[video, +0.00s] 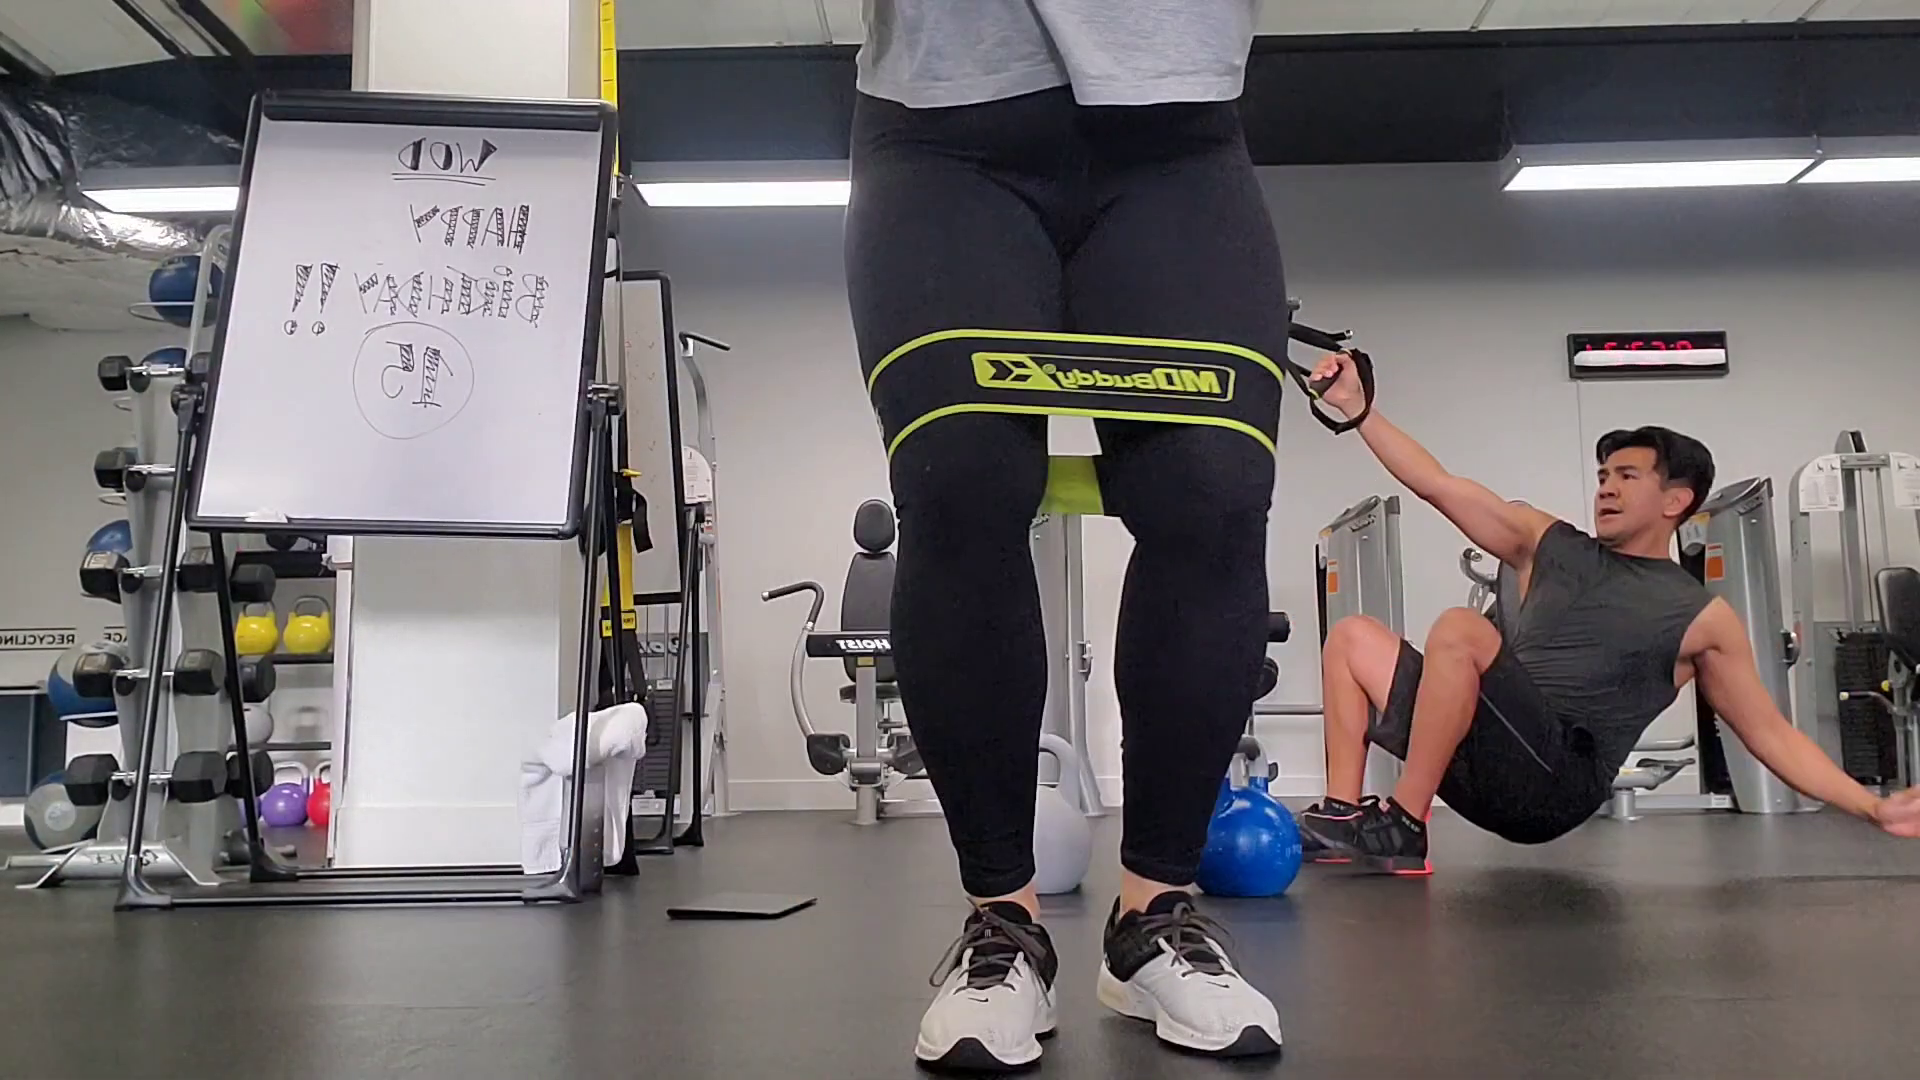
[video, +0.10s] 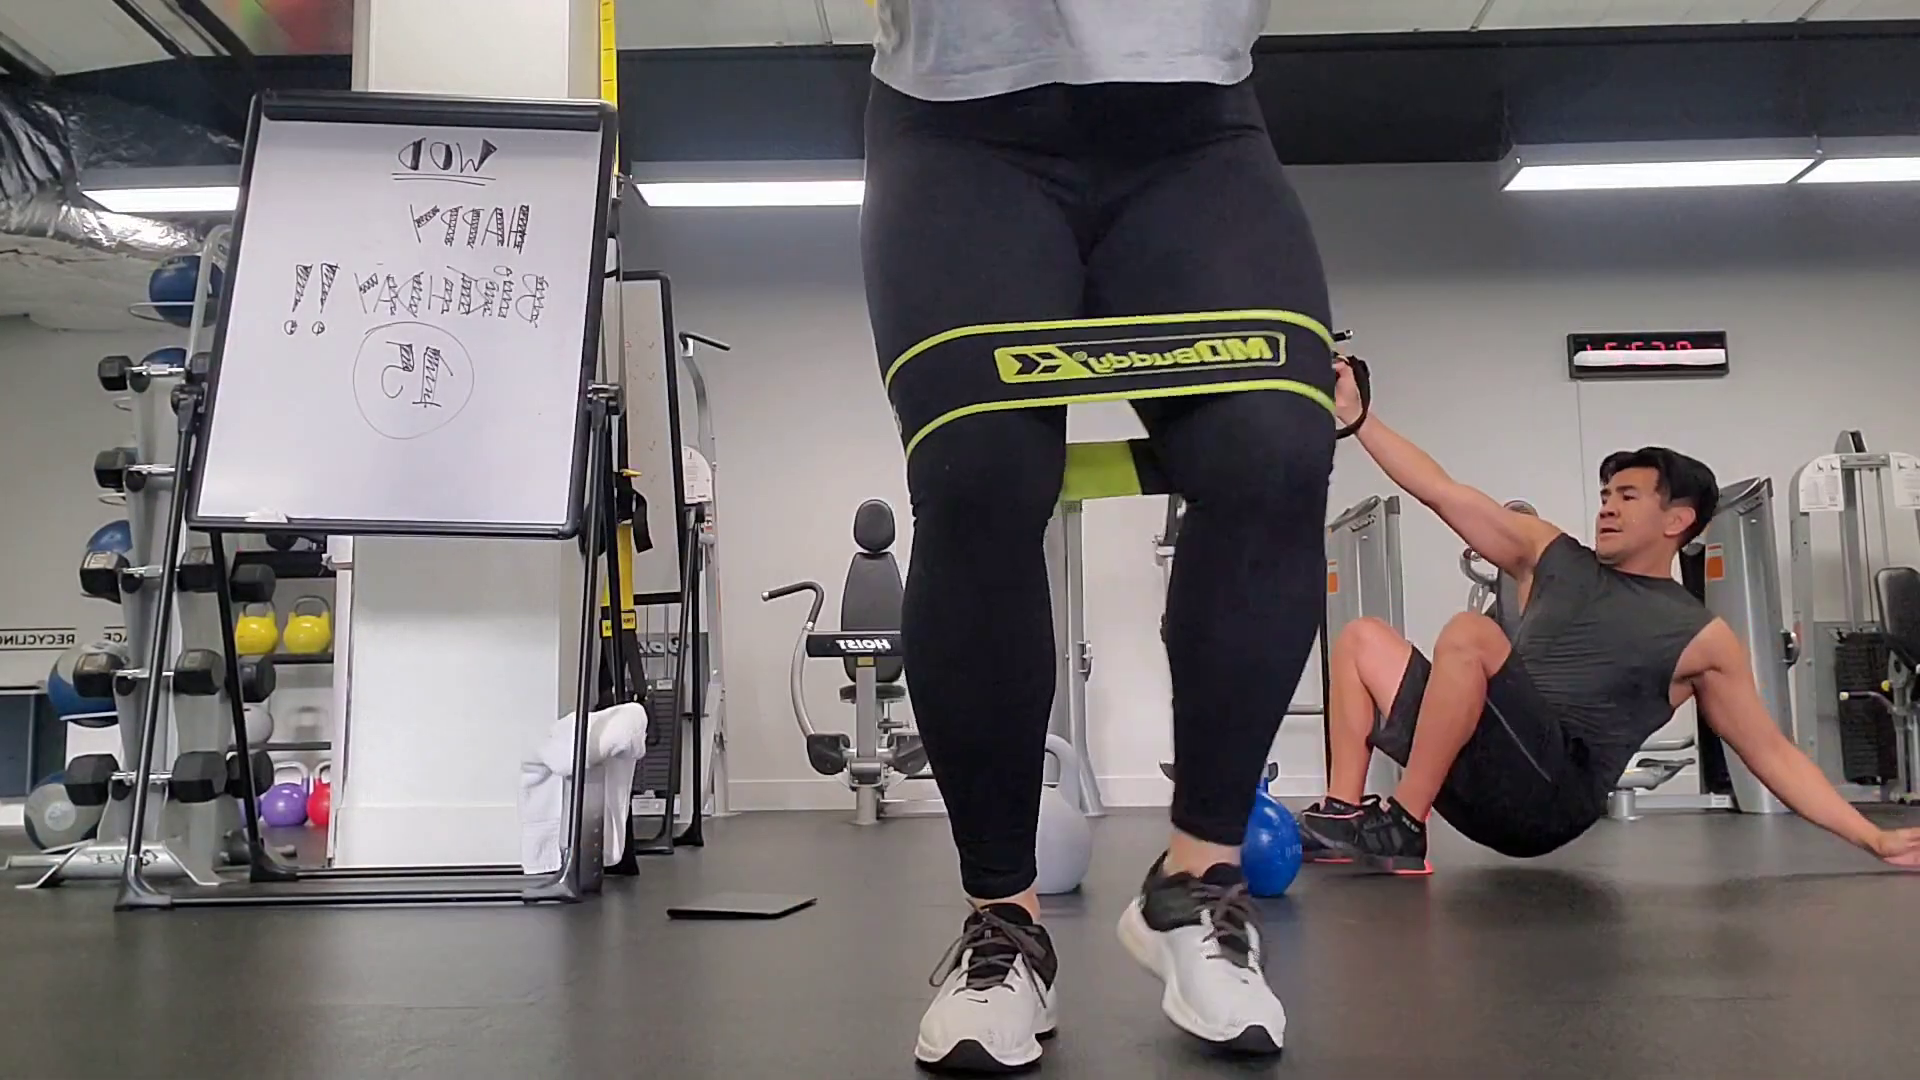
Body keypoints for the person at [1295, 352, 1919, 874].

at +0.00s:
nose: (1604, 487)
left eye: (1626, 475)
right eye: (1602, 476)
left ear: (1678, 501)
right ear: (1599, 487)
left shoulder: (1702, 614)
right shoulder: (1546, 540)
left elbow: (1769, 736)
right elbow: (1437, 484)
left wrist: (1875, 809)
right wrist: (1360, 413)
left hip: (1561, 781)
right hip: (1479, 754)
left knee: (1462, 629)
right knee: (1351, 637)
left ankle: (1406, 824)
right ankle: (1342, 812)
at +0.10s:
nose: (1606, 507)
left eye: (1627, 495)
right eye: (1605, 495)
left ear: (1680, 519)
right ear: (1602, 506)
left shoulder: (1702, 636)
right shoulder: (1548, 552)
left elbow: (1772, 755)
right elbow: (1439, 490)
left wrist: (1876, 841)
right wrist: (1356, 417)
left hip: (1557, 794)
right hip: (1474, 767)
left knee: (1472, 634)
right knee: (1359, 637)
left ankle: (1404, 823)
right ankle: (1344, 813)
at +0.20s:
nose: (1595, 498)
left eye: (1615, 486)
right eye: (1596, 486)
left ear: (1670, 508)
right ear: (1592, 497)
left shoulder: (1692, 623)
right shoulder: (1548, 548)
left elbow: (1767, 746)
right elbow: (1439, 490)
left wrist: (1867, 819)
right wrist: (1354, 416)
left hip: (1544, 779)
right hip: (1465, 754)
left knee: (1447, 626)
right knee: (1360, 641)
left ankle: (1398, 825)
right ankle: (1338, 821)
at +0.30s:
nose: (1574, 462)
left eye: (1591, 449)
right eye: (1576, 451)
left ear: (1648, 463)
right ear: (1626, 463)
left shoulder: (1675, 570)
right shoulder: (1539, 523)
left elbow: (1727, 687)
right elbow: (1435, 483)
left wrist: (1784, 747)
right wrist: (1368, 442)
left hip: (1540, 730)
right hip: (1464, 695)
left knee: (1413, 662)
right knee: (1319, 639)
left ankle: (1397, 822)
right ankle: (1337, 809)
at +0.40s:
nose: (1550, 415)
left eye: (1563, 399)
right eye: (1550, 403)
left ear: (1615, 403)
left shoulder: (1646, 495)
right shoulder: (1553, 487)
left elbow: (1643, 608)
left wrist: (1566, 548)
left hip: (1543, 675)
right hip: (1492, 669)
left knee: (1362, 628)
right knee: (1297, 641)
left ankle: (1391, 821)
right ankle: (1337, 809)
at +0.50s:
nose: (1552, 349)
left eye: (1566, 338)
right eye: (1547, 336)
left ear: (1592, 344)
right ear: (1532, 341)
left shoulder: (1606, 416)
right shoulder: (1511, 403)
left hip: (1513, 608)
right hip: (1461, 597)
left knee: (1334, 632)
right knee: (1284, 642)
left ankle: (1389, 822)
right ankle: (1337, 811)